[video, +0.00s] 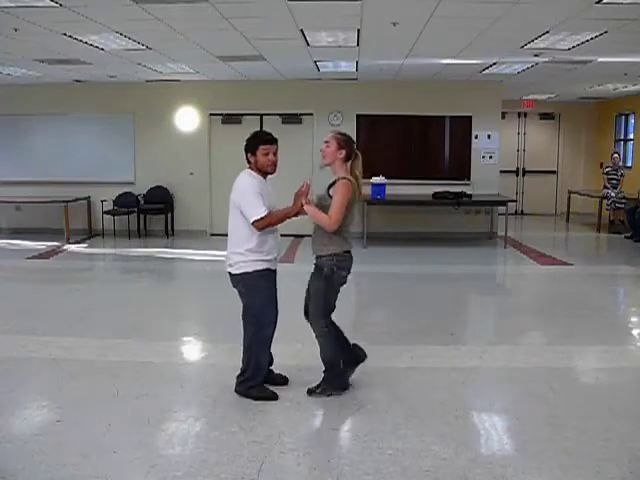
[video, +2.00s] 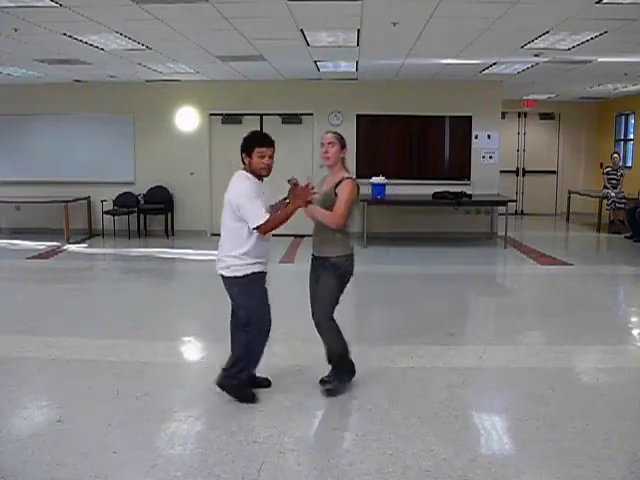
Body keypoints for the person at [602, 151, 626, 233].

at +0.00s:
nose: (615, 160)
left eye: (617, 158)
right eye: (614, 158)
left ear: (619, 160)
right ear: (611, 159)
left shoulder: (621, 170)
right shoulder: (607, 169)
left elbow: (621, 183)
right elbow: (605, 182)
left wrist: (617, 190)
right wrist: (611, 190)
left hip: (617, 188)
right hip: (608, 188)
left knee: (622, 196)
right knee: (611, 196)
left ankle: (621, 217)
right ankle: (611, 217)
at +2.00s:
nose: (615, 160)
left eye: (616, 158)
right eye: (613, 158)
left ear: (619, 160)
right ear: (611, 160)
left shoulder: (621, 171)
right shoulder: (607, 169)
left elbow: (621, 183)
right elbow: (605, 182)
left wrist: (617, 190)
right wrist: (611, 189)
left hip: (617, 188)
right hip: (608, 188)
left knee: (622, 196)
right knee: (612, 196)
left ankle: (621, 217)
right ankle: (611, 217)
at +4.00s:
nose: (615, 160)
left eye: (616, 158)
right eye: (613, 158)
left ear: (619, 159)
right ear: (611, 160)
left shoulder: (621, 170)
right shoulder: (606, 169)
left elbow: (621, 183)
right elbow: (605, 182)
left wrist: (617, 190)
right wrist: (611, 189)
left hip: (617, 188)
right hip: (608, 188)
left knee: (622, 196)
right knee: (611, 196)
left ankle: (621, 216)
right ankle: (611, 216)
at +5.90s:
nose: (615, 160)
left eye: (617, 158)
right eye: (613, 158)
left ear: (619, 160)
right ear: (611, 160)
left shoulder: (621, 170)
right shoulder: (606, 169)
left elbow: (621, 183)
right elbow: (605, 182)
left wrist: (617, 190)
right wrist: (611, 190)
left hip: (617, 188)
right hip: (608, 188)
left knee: (622, 196)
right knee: (611, 196)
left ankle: (621, 217)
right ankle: (611, 216)